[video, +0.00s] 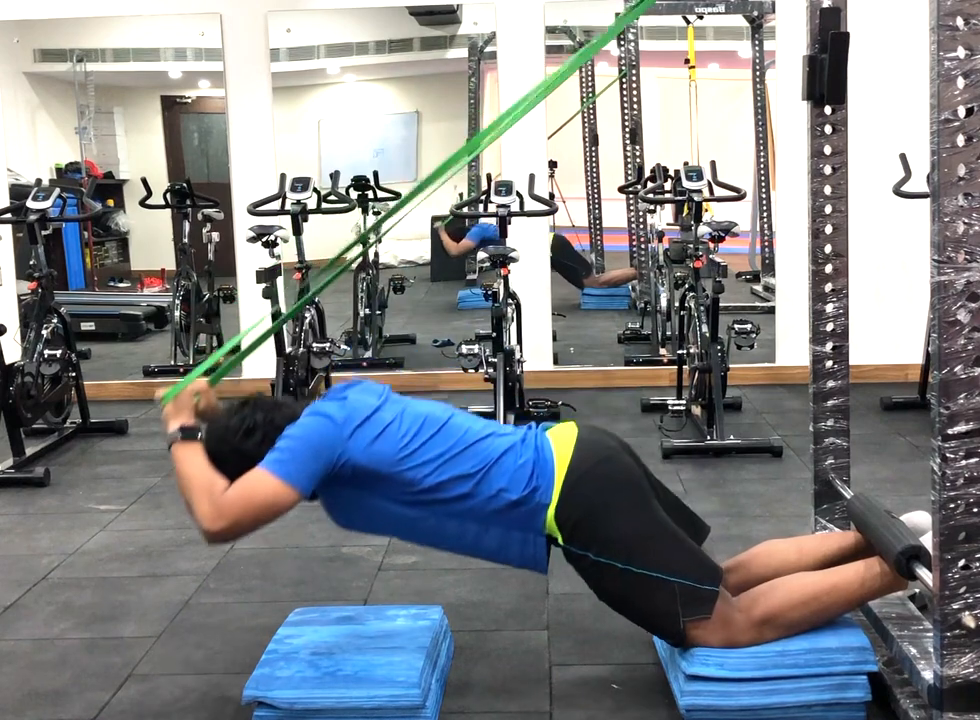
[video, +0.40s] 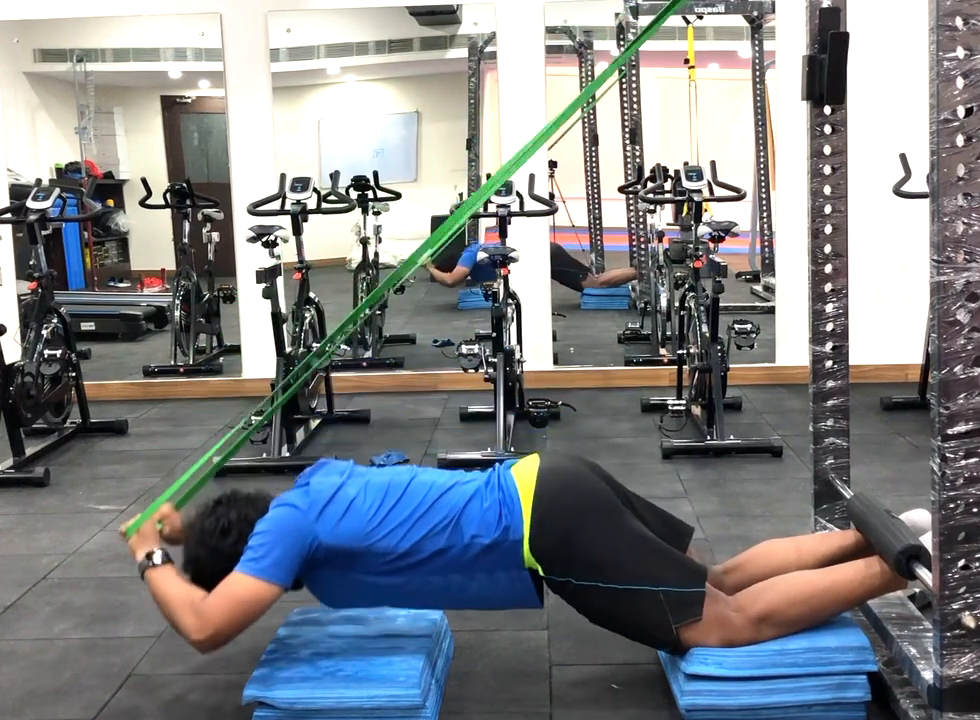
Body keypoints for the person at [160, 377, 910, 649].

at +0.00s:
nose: (244, 479)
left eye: (241, 465)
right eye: (238, 467)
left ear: (263, 441)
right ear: (273, 405)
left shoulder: (325, 428)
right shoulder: (337, 403)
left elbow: (218, 518)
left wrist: (179, 431)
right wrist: (217, 424)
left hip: (574, 496)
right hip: (578, 464)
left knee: (725, 625)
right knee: (710, 586)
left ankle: (904, 567)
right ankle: (863, 536)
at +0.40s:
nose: (239, 576)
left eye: (231, 567)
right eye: (226, 564)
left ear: (245, 547)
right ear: (249, 503)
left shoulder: (297, 519)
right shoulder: (317, 486)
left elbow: (203, 625)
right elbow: (232, 597)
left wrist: (149, 561)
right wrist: (180, 553)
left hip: (547, 525)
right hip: (552, 483)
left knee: (718, 631)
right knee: (715, 581)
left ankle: (902, 565)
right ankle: (866, 534)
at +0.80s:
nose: (231, 602)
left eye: (229, 593)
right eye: (219, 587)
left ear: (240, 571)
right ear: (238, 534)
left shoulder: (294, 539)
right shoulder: (310, 504)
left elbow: (205, 646)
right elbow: (238, 616)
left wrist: (143, 592)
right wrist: (177, 581)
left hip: (544, 534)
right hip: (547, 491)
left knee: (726, 621)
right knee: (715, 580)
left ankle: (905, 564)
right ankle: (863, 531)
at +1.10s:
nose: (238, 565)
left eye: (228, 555)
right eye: (230, 553)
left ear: (241, 535)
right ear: (255, 496)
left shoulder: (296, 504)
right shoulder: (314, 484)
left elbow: (201, 610)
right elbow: (228, 591)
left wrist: (142, 553)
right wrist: (174, 542)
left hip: (548, 519)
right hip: (554, 484)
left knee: (715, 630)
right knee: (712, 582)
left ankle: (895, 568)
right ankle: (855, 535)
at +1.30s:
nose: (248, 541)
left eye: (241, 531)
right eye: (241, 529)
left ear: (255, 499)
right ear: (260, 463)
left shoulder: (305, 474)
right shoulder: (325, 445)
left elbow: (206, 575)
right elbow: (230, 547)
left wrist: (145, 518)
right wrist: (177, 501)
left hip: (557, 509)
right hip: (565, 470)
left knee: (724, 628)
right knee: (719, 578)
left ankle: (901, 566)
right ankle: (879, 537)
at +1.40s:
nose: (255, 526)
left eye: (246, 514)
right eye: (247, 514)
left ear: (261, 484)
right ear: (267, 458)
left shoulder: (313, 457)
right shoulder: (324, 441)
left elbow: (212, 557)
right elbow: (233, 535)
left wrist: (152, 501)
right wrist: (179, 488)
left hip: (564, 500)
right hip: (569, 473)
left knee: (723, 627)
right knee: (711, 582)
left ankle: (894, 567)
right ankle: (862, 534)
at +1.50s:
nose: (260, 506)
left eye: (252, 491)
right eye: (251, 492)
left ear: (264, 460)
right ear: (275, 434)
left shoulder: (319, 444)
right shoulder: (330, 427)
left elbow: (221, 537)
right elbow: (237, 512)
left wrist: (161, 484)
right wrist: (185, 470)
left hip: (570, 491)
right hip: (573, 466)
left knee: (723, 623)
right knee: (713, 579)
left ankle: (897, 568)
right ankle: (858, 535)